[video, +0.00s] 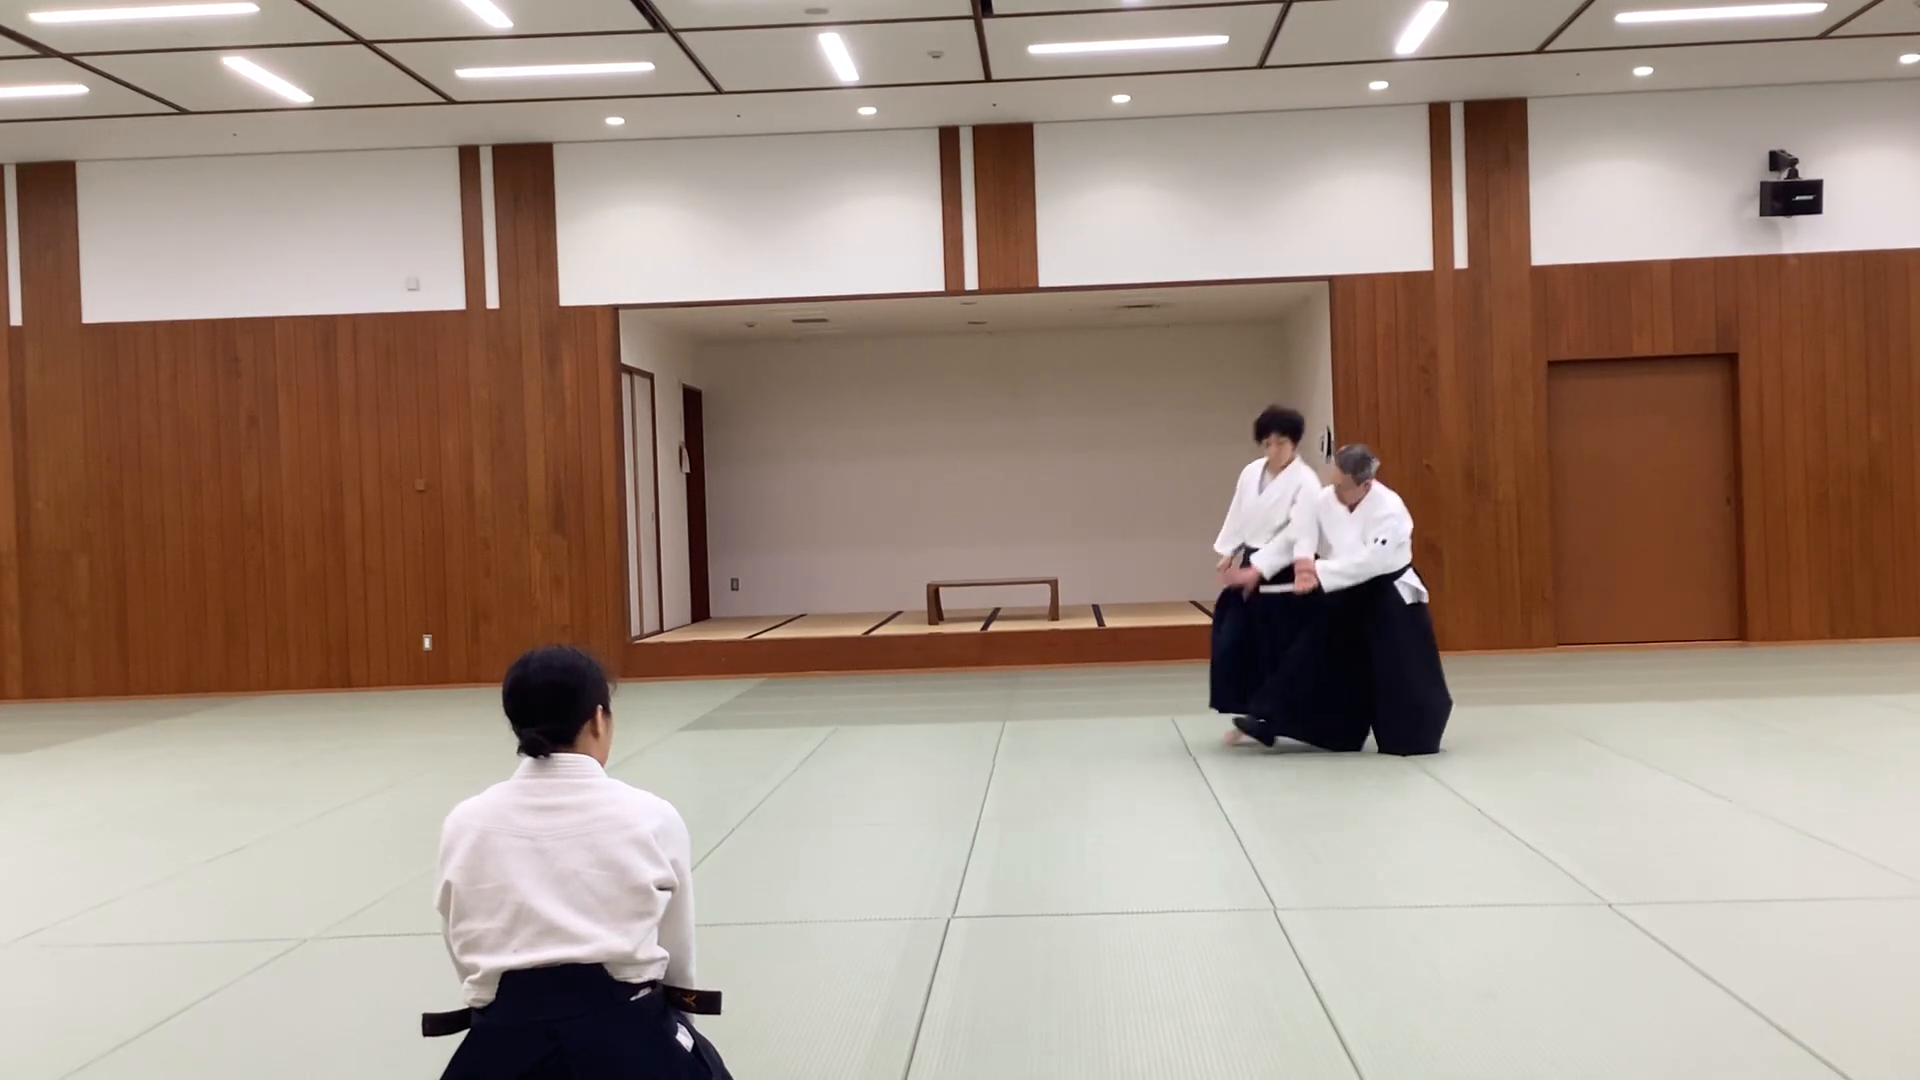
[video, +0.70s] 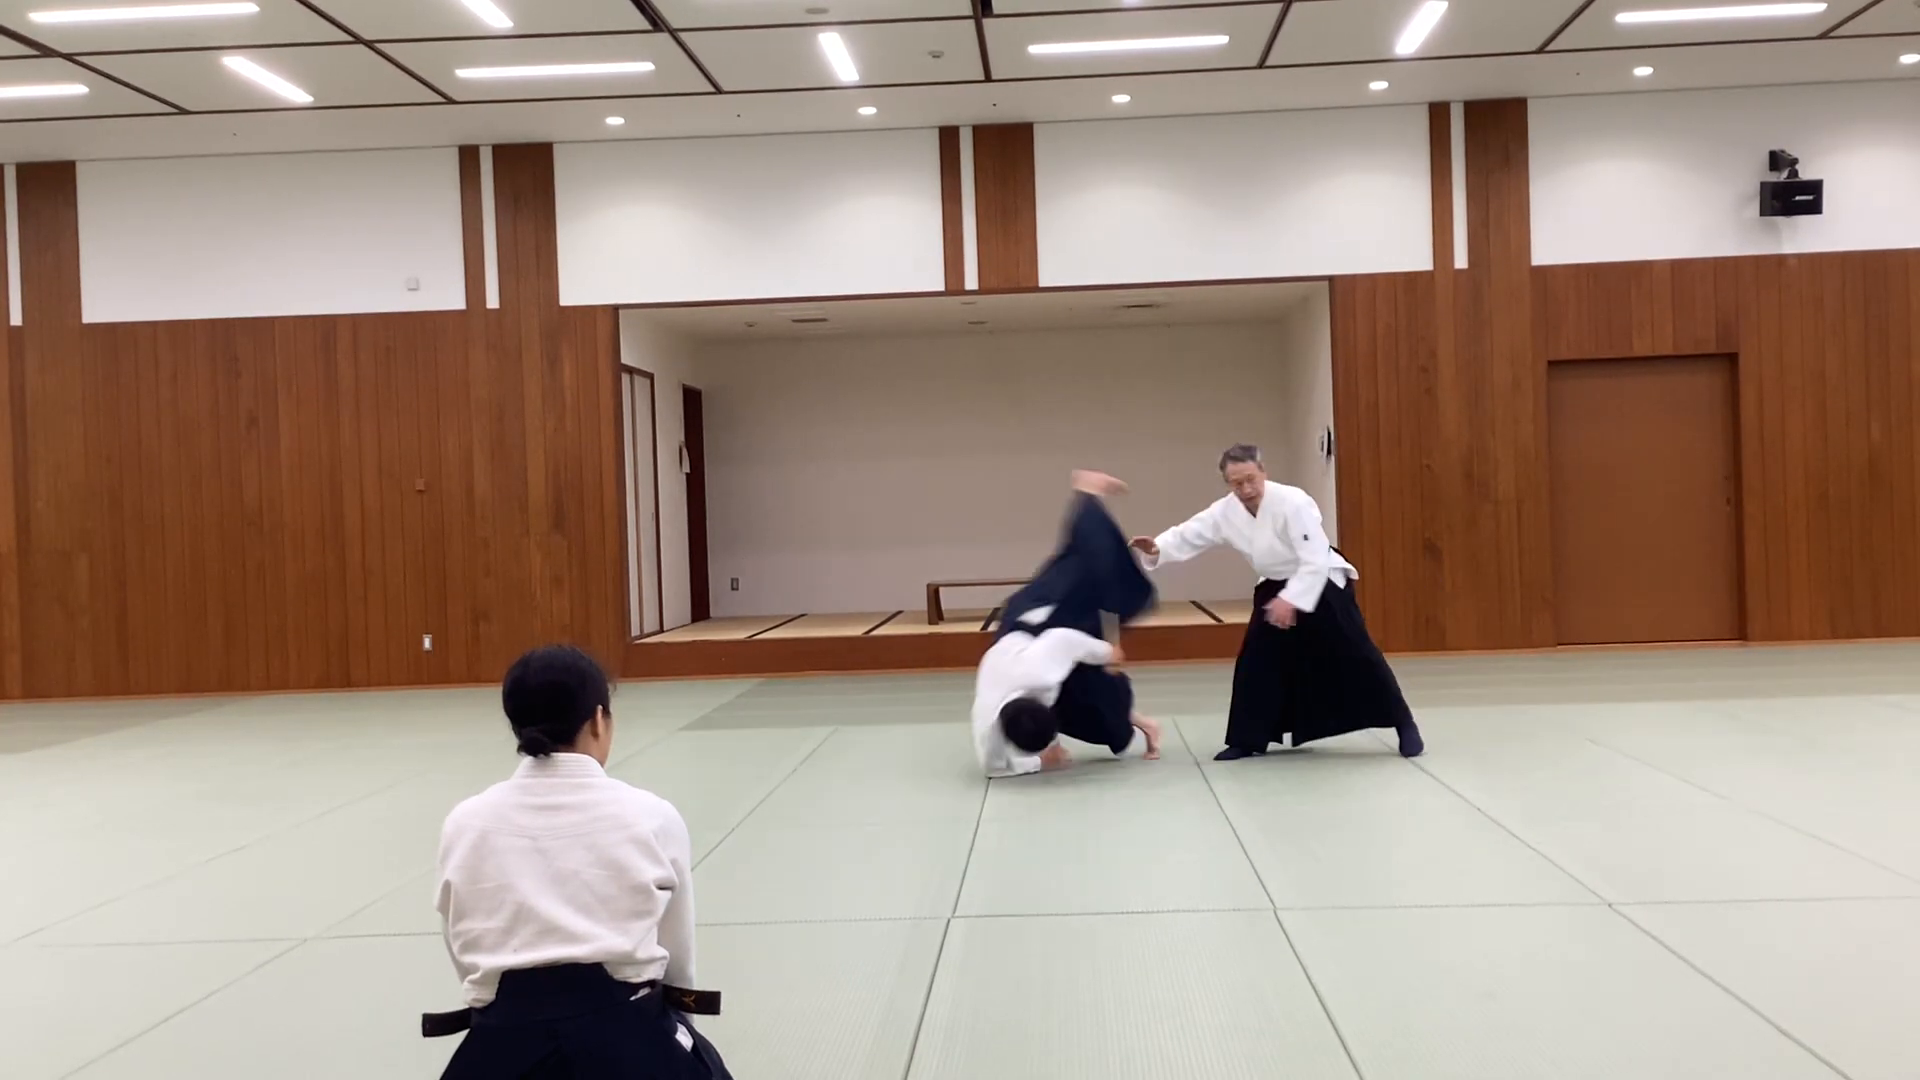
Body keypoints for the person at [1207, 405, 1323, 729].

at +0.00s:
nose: (1273, 451)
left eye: (1280, 444)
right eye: (1267, 444)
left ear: (1295, 444)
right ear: (1261, 443)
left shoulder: (1307, 482)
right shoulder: (1252, 472)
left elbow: (1296, 536)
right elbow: (1236, 515)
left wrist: (1257, 568)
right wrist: (1226, 556)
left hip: (1284, 571)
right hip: (1246, 565)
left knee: (1270, 642)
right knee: (1233, 636)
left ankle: (1262, 719)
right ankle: (1248, 717)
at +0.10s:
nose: (1240, 480)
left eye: (1246, 473)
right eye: (1236, 473)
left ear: (1263, 472)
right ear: (1233, 472)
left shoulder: (1285, 506)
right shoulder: (1227, 500)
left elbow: (1285, 560)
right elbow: (1218, 543)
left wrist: (1262, 602)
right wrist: (1213, 577)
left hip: (1271, 585)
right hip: (1235, 582)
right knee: (1207, 633)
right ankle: (1198, 720)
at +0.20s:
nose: (1196, 524)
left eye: (1200, 517)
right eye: (1193, 518)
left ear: (1216, 513)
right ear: (1191, 517)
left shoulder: (1250, 534)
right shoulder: (1189, 542)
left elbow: (1273, 582)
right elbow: (1177, 577)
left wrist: (1268, 630)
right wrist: (1176, 618)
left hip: (1251, 611)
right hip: (1216, 610)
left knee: (1244, 670)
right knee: (1190, 661)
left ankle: (1245, 734)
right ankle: (1171, 734)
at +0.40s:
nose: (1138, 625)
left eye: (1139, 619)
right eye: (1131, 623)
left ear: (1141, 607)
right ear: (1114, 620)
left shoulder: (1161, 596)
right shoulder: (1101, 623)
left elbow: (1214, 604)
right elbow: (1080, 670)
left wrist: (1247, 617)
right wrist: (1099, 716)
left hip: (1171, 636)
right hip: (1138, 647)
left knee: (1173, 688)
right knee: (1144, 692)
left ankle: (1174, 741)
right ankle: (1150, 742)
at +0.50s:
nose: (1107, 669)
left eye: (1107, 663)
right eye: (1101, 669)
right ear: (1077, 665)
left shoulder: (1123, 622)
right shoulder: (1060, 654)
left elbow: (1176, 622)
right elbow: (1044, 706)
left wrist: (1215, 642)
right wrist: (1070, 748)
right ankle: (1157, 742)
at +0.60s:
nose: (1063, 714)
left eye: (1066, 707)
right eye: (1058, 711)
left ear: (1070, 678)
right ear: (1036, 698)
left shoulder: (1084, 650)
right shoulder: (1019, 689)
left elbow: (1126, 637)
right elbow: (1013, 742)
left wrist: (1166, 660)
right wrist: (1045, 763)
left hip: (1090, 608)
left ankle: (1183, 565)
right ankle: (1157, 734)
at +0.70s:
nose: (1048, 753)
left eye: (1051, 743)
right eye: (1043, 752)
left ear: (1044, 714)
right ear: (1013, 738)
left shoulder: (1039, 673)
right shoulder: (988, 734)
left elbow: (1063, 639)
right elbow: (994, 768)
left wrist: (1107, 654)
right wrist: (1039, 763)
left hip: (1031, 616)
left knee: (1084, 563)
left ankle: (1088, 496)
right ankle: (1136, 728)